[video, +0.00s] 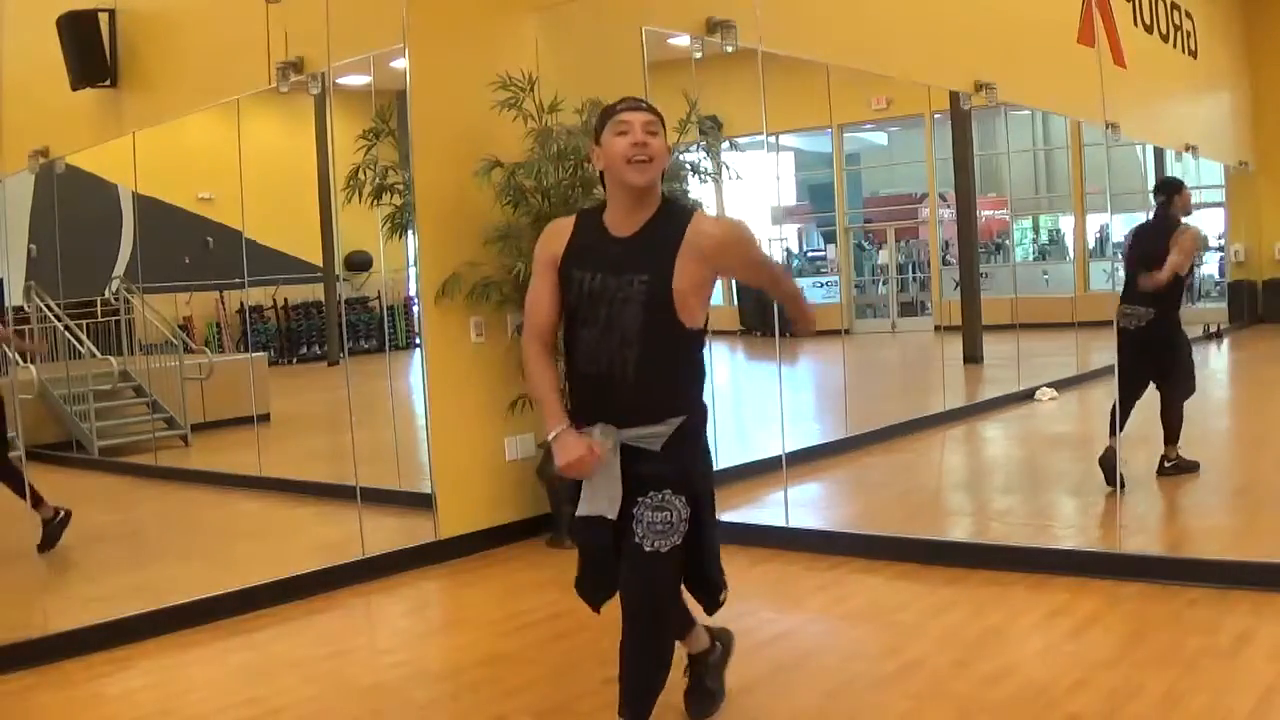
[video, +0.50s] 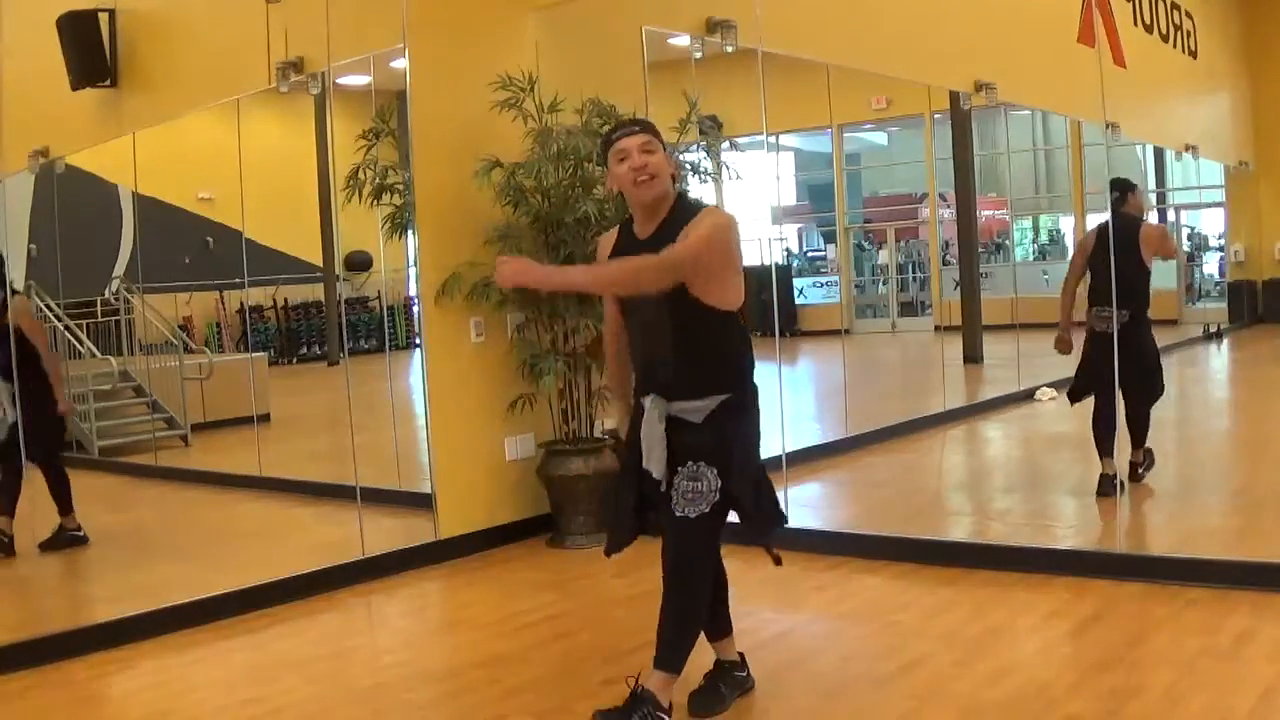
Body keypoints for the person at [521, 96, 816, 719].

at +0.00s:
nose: (640, 140)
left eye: (651, 132)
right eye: (624, 132)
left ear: (669, 153)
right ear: (598, 156)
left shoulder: (708, 237)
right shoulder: (561, 239)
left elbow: (777, 283)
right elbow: (537, 343)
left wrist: (803, 317)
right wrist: (559, 429)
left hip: (667, 443)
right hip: (592, 442)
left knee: (646, 595)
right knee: (623, 573)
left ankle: (632, 714)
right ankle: (704, 644)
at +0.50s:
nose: (638, 161)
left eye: (648, 150)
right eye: (623, 158)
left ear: (672, 163)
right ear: (613, 182)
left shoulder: (712, 226)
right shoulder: (612, 248)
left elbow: (657, 273)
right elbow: (615, 338)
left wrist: (543, 275)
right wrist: (626, 410)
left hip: (717, 410)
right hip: (658, 412)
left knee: (685, 551)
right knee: (691, 544)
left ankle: (655, 697)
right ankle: (731, 663)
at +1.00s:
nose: (597, 162)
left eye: (610, 150)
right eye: (589, 158)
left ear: (647, 162)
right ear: (590, 182)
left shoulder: (683, 228)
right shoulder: (619, 248)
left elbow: (757, 310)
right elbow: (651, 334)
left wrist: (807, 392)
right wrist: (645, 406)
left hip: (715, 408)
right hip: (664, 411)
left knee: (683, 544)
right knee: (690, 536)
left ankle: (693, 698)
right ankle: (726, 662)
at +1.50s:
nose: (646, 133)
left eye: (658, 124)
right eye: (629, 129)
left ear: (681, 147)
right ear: (611, 159)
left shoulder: (731, 232)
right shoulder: (581, 250)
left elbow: (750, 334)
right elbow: (565, 362)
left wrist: (670, 390)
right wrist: (566, 465)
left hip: (714, 439)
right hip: (628, 442)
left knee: (707, 599)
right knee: (625, 589)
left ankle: (698, 707)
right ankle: (670, 641)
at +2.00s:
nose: (623, 131)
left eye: (638, 118)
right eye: (604, 120)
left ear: (657, 138)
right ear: (580, 142)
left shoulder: (697, 203)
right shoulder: (533, 234)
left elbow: (666, 273)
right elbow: (528, 357)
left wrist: (535, 270)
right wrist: (599, 457)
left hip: (682, 466)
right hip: (576, 472)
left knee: (697, 639)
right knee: (585, 677)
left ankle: (701, 712)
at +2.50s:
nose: (517, 174)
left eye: (537, 157)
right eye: (497, 161)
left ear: (573, 177)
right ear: (475, 189)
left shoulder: (645, 282)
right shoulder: (456, 292)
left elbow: (720, 383)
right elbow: (446, 418)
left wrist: (727, 468)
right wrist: (454, 525)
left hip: (636, 536)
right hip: (523, 536)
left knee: (650, 705)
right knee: (532, 706)